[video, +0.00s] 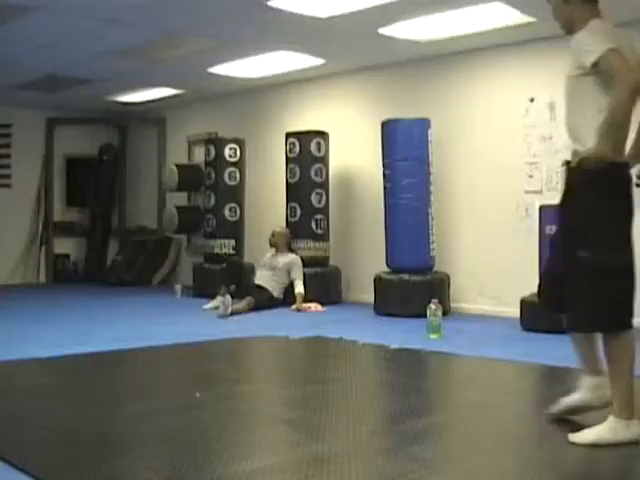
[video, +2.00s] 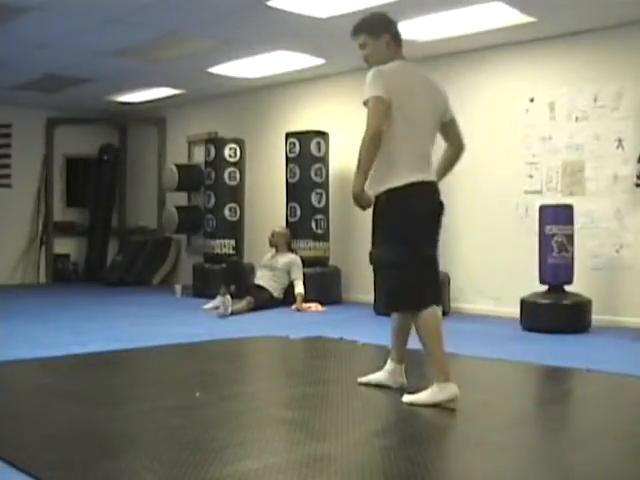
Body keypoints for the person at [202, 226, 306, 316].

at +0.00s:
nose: (271, 237)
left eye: (274, 235)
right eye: (272, 235)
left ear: (284, 239)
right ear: (276, 239)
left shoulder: (294, 259)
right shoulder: (270, 254)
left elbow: (298, 282)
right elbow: (261, 272)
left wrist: (299, 302)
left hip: (270, 294)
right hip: (254, 288)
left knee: (250, 301)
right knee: (234, 265)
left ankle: (230, 310)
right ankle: (221, 298)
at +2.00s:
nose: (270, 237)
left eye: (273, 235)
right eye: (271, 235)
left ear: (282, 239)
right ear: (278, 239)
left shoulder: (293, 259)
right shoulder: (270, 254)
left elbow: (298, 282)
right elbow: (262, 273)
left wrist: (299, 302)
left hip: (271, 293)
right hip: (255, 287)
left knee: (250, 300)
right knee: (233, 265)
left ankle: (230, 310)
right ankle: (221, 298)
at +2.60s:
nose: (270, 238)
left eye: (273, 235)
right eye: (271, 235)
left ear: (283, 239)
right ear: (278, 239)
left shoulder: (293, 259)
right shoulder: (270, 255)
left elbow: (298, 282)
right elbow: (262, 274)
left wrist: (299, 302)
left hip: (270, 294)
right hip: (254, 287)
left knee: (250, 300)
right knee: (234, 264)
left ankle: (230, 310)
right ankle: (221, 298)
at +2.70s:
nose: (270, 237)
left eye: (273, 235)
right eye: (271, 235)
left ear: (283, 239)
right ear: (278, 239)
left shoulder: (292, 258)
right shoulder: (269, 255)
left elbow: (296, 281)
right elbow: (261, 273)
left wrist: (298, 301)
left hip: (270, 294)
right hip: (255, 287)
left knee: (250, 301)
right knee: (234, 264)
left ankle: (230, 310)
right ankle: (221, 298)